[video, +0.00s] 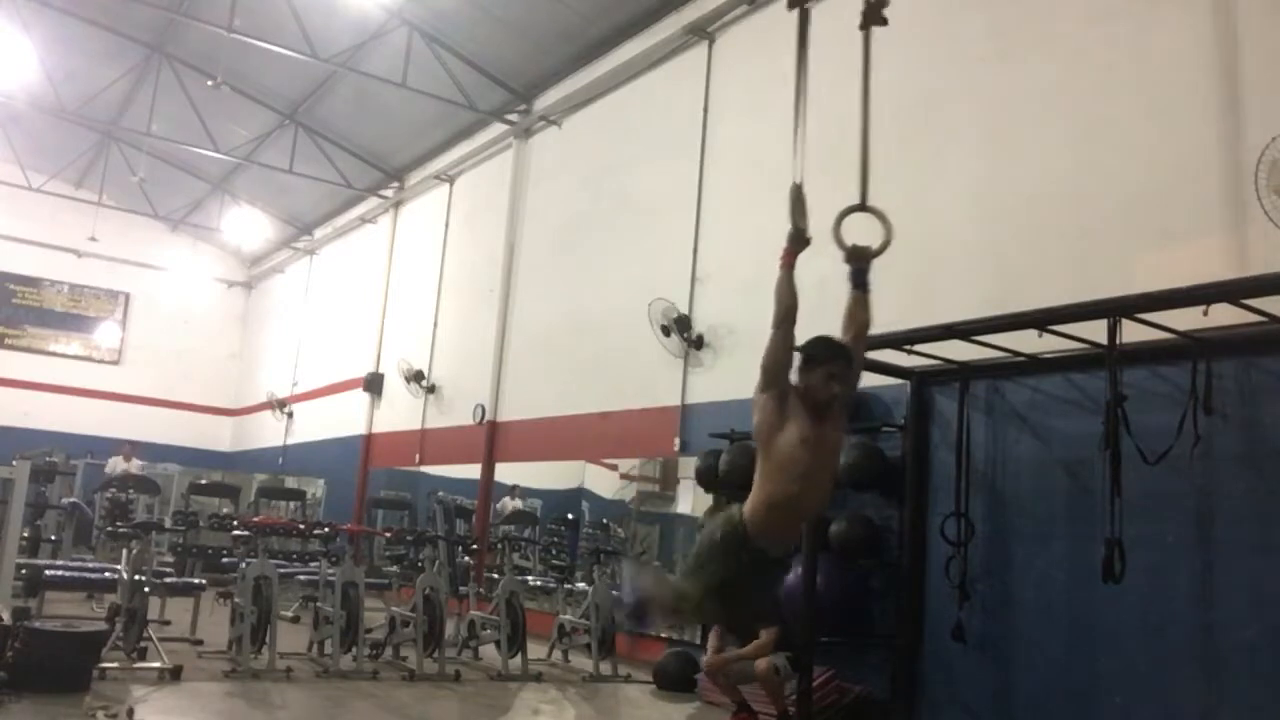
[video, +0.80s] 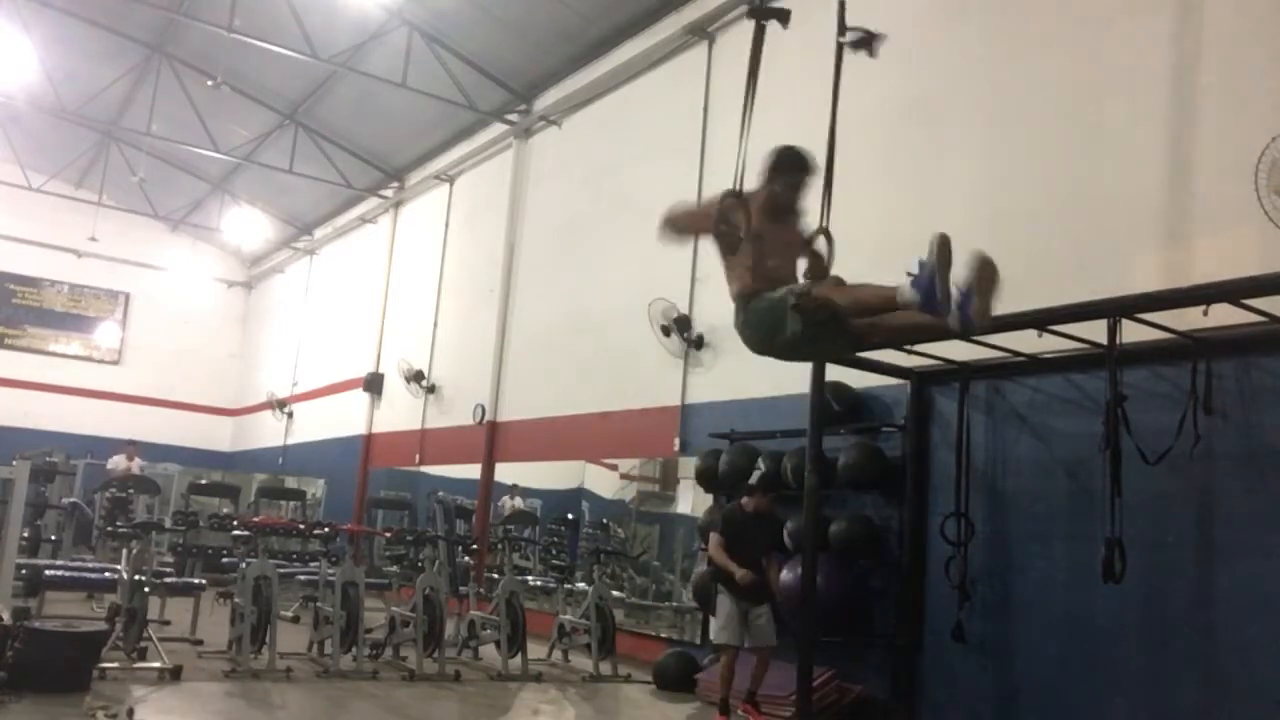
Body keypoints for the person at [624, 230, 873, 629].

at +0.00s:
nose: (837, 388)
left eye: (843, 381)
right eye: (829, 378)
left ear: (847, 386)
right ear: (803, 374)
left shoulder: (834, 416)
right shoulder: (776, 403)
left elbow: (855, 339)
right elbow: (783, 324)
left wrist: (860, 275)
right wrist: (790, 255)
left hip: (776, 557)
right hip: (736, 541)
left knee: (739, 628)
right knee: (689, 605)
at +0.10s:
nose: (810, 393)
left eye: (815, 386)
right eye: (801, 384)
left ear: (823, 387)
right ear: (778, 382)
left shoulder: (811, 418)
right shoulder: (754, 411)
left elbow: (828, 349)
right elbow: (761, 336)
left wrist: (830, 283)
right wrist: (764, 275)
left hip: (776, 562)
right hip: (734, 552)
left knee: (745, 659)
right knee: (712, 659)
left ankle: (702, 697)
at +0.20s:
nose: (775, 401)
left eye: (780, 394)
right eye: (767, 393)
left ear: (787, 396)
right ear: (746, 391)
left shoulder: (776, 425)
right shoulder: (723, 419)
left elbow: (792, 357)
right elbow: (728, 345)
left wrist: (796, 293)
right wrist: (732, 283)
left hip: (763, 549)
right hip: (720, 546)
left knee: (774, 627)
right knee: (748, 621)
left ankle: (722, 669)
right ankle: (713, 670)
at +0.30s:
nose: (744, 386)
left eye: (746, 380)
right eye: (735, 378)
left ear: (747, 385)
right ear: (714, 382)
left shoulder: (745, 415)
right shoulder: (699, 413)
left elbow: (763, 353)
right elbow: (702, 342)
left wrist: (765, 293)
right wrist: (708, 283)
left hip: (760, 525)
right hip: (728, 532)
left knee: (829, 542)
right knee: (806, 538)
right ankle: (887, 585)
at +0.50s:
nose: (693, 333)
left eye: (691, 328)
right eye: (683, 329)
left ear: (696, 337)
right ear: (669, 343)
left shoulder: (721, 362)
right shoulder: (685, 375)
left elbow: (771, 349)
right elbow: (658, 320)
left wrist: (765, 297)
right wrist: (669, 267)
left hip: (799, 374)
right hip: (770, 381)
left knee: (900, 371)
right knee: (820, 345)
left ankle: (909, 478)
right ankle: (843, 453)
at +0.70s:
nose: (738, 212)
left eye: (742, 205)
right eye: (730, 206)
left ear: (749, 209)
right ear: (717, 212)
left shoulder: (761, 248)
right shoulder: (705, 253)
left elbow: (790, 276)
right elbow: (670, 291)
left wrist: (821, 279)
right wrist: (698, 263)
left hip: (813, 321)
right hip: (772, 322)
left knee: (884, 319)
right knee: (829, 287)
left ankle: (959, 383)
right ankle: (891, 332)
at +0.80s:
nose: (793, 197)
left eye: (799, 189)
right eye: (788, 186)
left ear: (800, 188)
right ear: (770, 178)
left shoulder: (793, 226)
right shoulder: (734, 207)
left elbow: (800, 280)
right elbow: (670, 223)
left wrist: (818, 265)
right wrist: (710, 220)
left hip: (787, 320)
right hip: (755, 314)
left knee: (871, 328)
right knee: (825, 292)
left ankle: (957, 319)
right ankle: (913, 293)